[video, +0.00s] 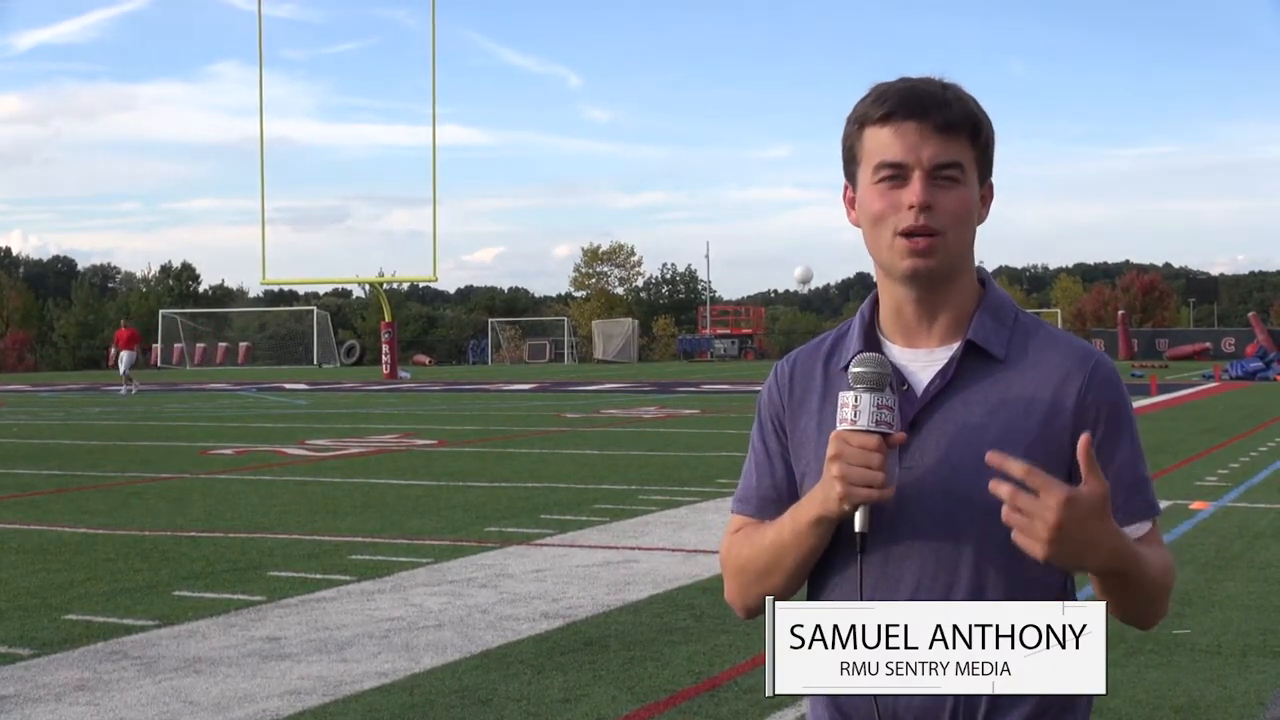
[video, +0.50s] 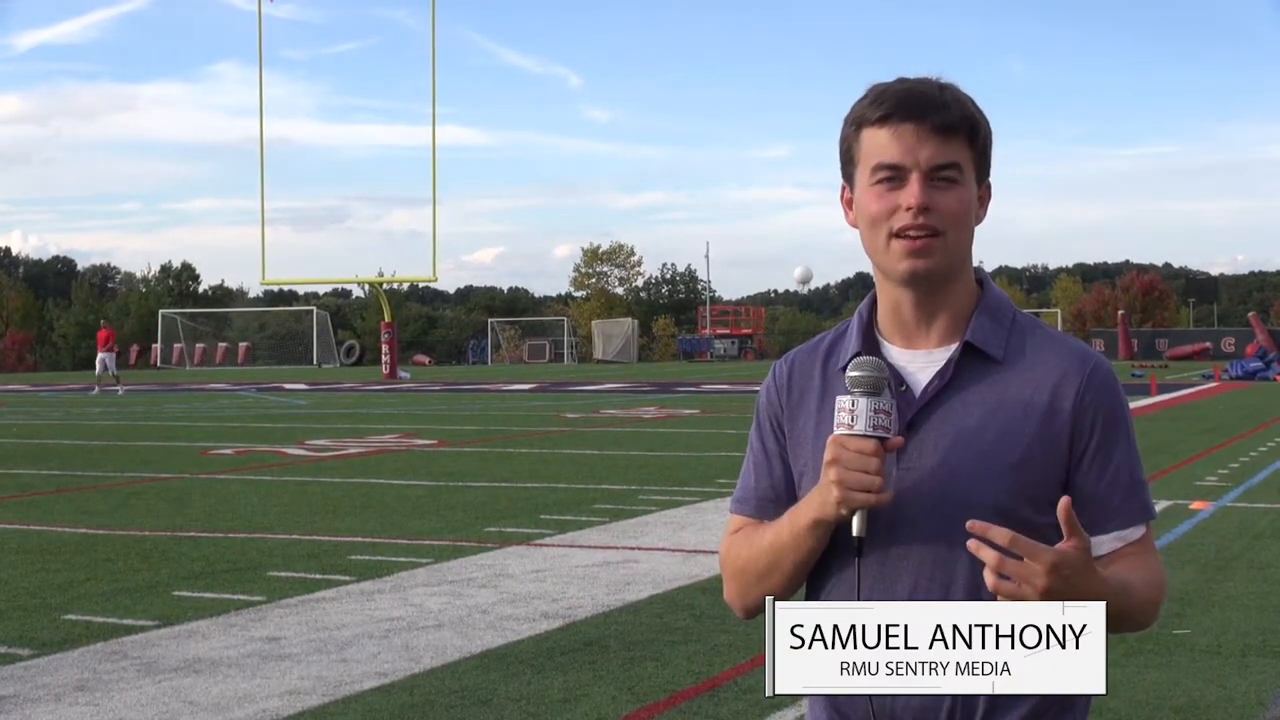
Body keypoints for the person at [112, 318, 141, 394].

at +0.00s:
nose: (124, 324)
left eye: (125, 322)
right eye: (122, 322)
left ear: (128, 323)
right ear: (121, 323)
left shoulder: (133, 332)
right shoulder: (118, 332)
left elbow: (137, 344)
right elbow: (115, 345)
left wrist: (138, 354)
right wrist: (112, 358)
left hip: (130, 352)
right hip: (122, 352)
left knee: (124, 371)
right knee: (122, 372)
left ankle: (124, 388)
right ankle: (134, 384)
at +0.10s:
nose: (120, 323)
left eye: (121, 322)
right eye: (118, 322)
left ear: (124, 322)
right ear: (117, 323)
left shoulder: (129, 331)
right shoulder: (115, 331)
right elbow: (112, 344)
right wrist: (109, 354)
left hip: (125, 351)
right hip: (116, 351)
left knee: (123, 371)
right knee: (114, 371)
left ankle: (124, 387)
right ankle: (124, 382)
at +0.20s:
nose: (116, 322)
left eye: (118, 321)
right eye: (115, 321)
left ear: (120, 321)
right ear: (114, 321)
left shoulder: (123, 330)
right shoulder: (112, 330)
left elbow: (126, 341)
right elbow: (110, 341)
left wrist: (126, 351)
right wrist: (109, 349)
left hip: (121, 351)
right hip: (113, 351)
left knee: (122, 370)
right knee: (109, 369)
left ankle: (123, 387)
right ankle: (116, 385)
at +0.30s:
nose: (112, 323)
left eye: (113, 322)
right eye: (111, 322)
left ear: (117, 322)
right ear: (110, 322)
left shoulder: (120, 330)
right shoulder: (108, 331)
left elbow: (121, 342)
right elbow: (108, 342)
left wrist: (115, 350)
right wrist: (106, 350)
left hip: (119, 352)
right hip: (110, 352)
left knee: (120, 371)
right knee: (106, 371)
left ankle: (123, 388)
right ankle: (105, 387)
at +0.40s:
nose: (107, 325)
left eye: (109, 323)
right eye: (106, 323)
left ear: (112, 323)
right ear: (105, 324)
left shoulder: (115, 332)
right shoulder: (104, 332)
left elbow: (116, 343)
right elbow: (103, 343)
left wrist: (109, 349)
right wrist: (103, 351)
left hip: (115, 353)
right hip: (106, 353)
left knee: (117, 372)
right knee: (103, 371)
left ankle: (122, 388)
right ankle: (99, 387)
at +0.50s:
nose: (103, 325)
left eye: (104, 323)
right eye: (102, 323)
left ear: (107, 324)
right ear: (100, 324)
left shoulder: (110, 332)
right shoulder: (99, 332)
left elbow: (111, 343)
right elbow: (99, 342)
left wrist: (104, 349)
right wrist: (98, 351)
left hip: (109, 353)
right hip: (101, 353)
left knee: (113, 372)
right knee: (98, 372)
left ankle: (120, 387)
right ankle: (97, 388)